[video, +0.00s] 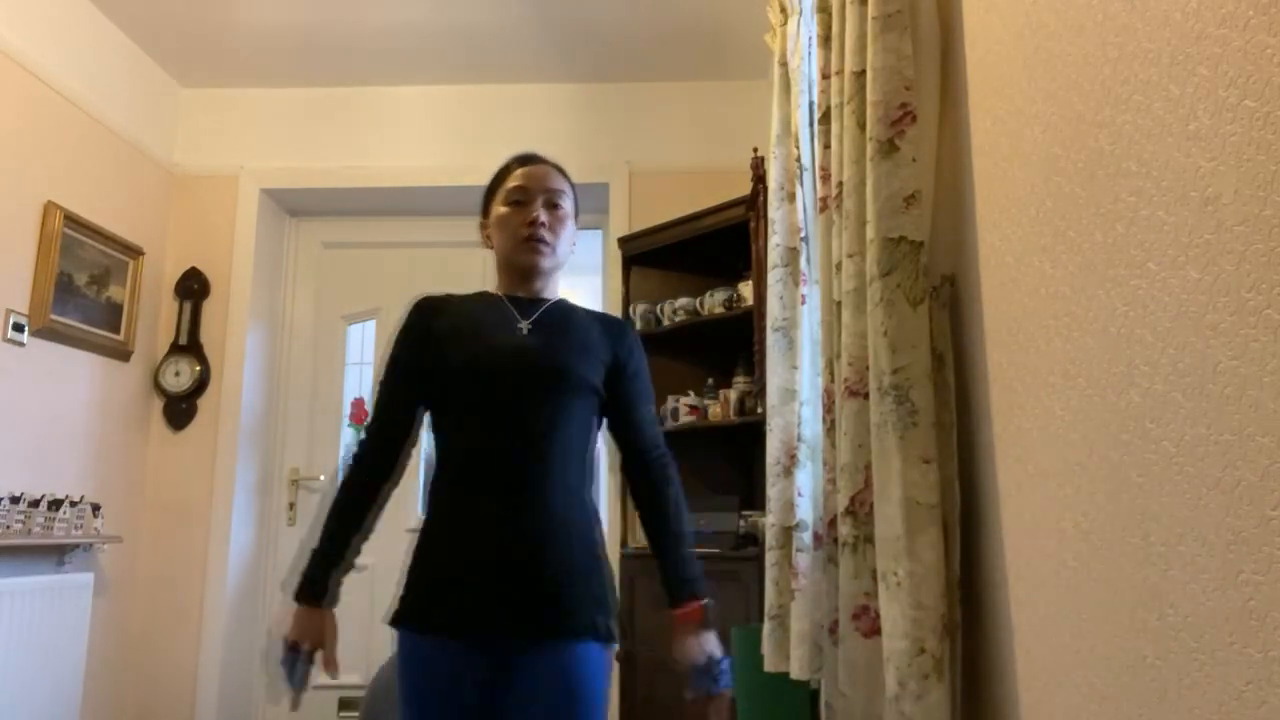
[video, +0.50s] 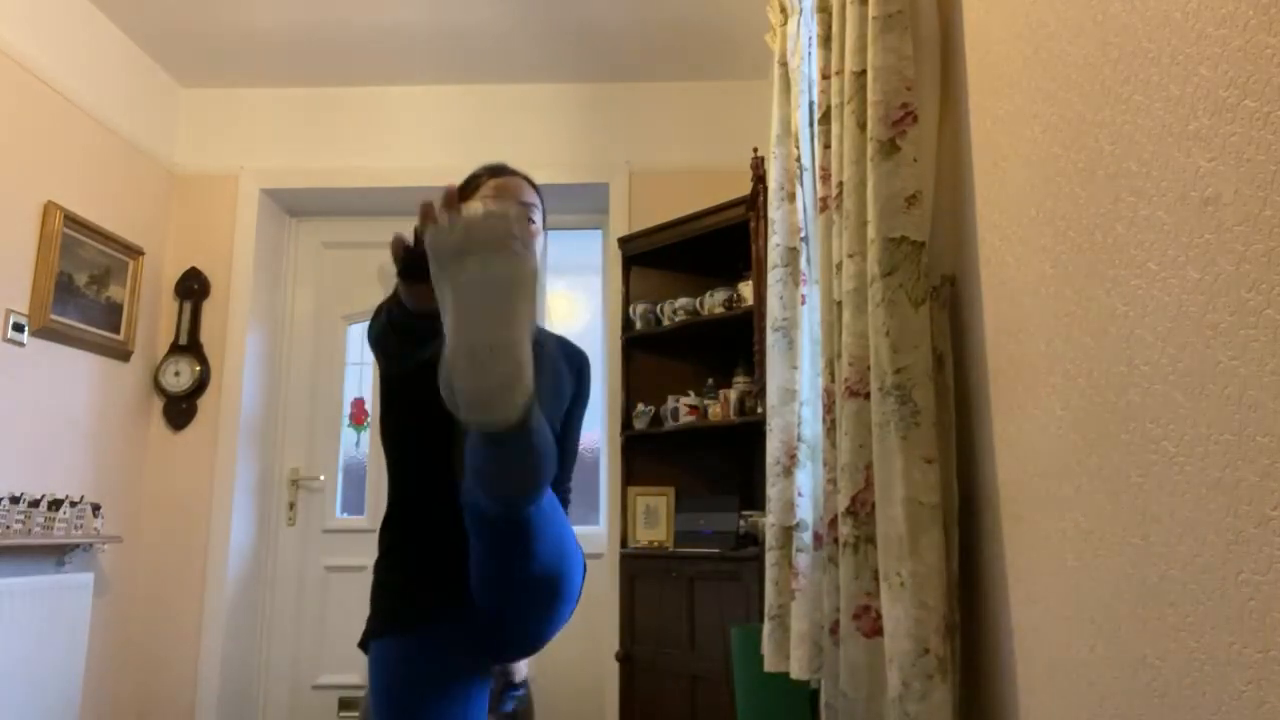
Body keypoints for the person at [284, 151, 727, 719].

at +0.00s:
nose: (538, 214)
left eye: (556, 205)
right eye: (519, 201)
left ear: (573, 234)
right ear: (486, 229)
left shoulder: (608, 338)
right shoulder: (435, 321)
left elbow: (651, 470)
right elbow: (378, 460)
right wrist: (316, 591)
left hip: (566, 620)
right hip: (445, 612)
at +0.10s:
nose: (529, 216)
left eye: (546, 206)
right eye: (508, 203)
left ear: (561, 235)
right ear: (475, 229)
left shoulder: (597, 345)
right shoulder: (420, 321)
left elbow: (616, 483)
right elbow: (357, 437)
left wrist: (632, 604)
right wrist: (288, 556)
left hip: (545, 599)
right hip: (428, 593)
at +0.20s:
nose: (521, 216)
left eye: (538, 206)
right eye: (500, 202)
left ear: (552, 233)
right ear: (465, 227)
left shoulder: (584, 345)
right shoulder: (418, 312)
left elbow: (580, 479)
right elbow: (367, 387)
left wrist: (571, 571)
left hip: (537, 557)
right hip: (429, 562)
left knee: (521, 666)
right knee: (409, 707)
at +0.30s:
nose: (516, 220)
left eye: (532, 210)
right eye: (495, 205)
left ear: (545, 235)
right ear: (459, 229)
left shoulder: (574, 349)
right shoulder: (420, 308)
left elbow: (560, 477)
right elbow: (373, 359)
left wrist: (540, 571)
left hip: (523, 597)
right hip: (421, 589)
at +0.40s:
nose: (515, 226)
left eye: (530, 215)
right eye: (495, 210)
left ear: (544, 239)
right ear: (458, 225)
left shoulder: (567, 358)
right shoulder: (411, 327)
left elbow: (554, 489)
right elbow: (396, 325)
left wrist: (510, 642)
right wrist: (415, 296)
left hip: (522, 600)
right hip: (421, 599)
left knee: (524, 516)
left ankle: (485, 429)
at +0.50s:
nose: (515, 226)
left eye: (530, 216)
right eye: (496, 211)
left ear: (543, 238)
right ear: (459, 225)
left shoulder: (564, 359)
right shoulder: (408, 328)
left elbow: (554, 493)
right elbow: (395, 334)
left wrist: (517, 647)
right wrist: (417, 300)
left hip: (520, 602)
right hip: (419, 599)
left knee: (523, 509)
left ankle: (494, 411)